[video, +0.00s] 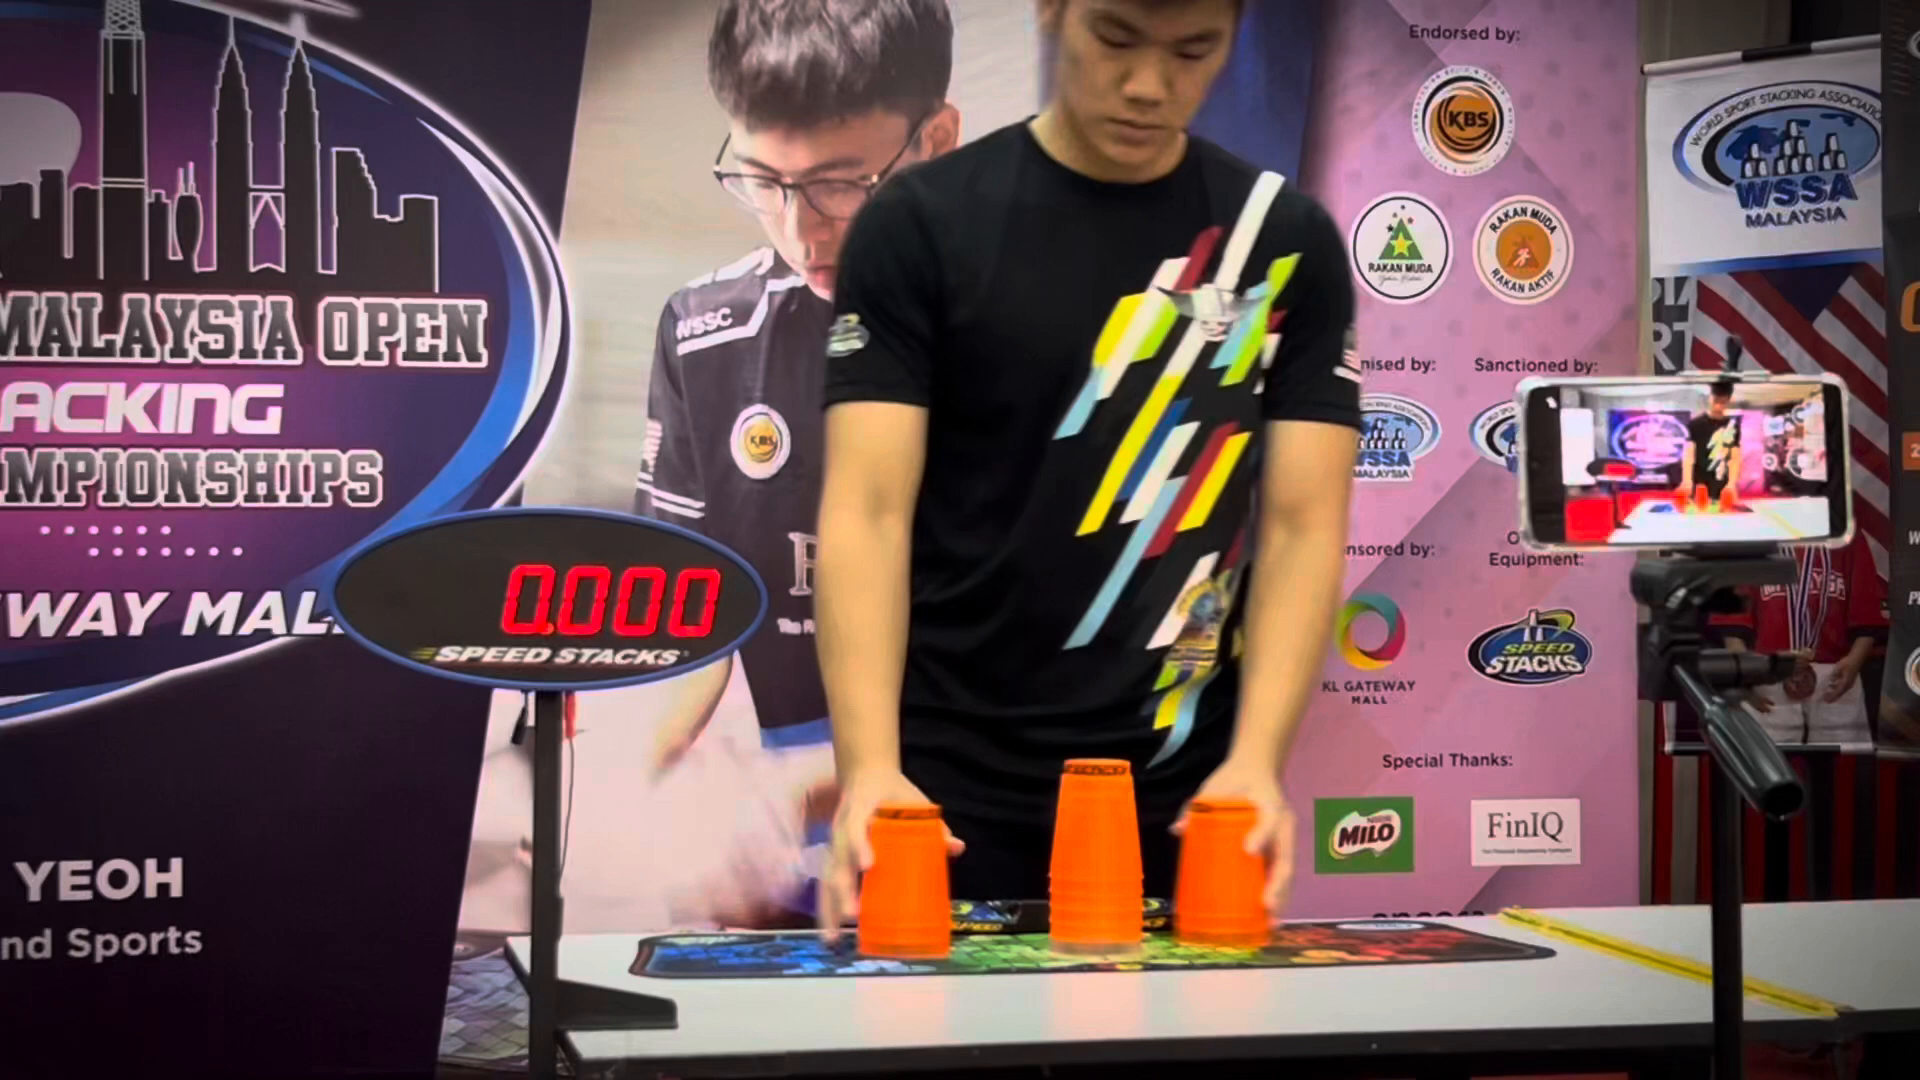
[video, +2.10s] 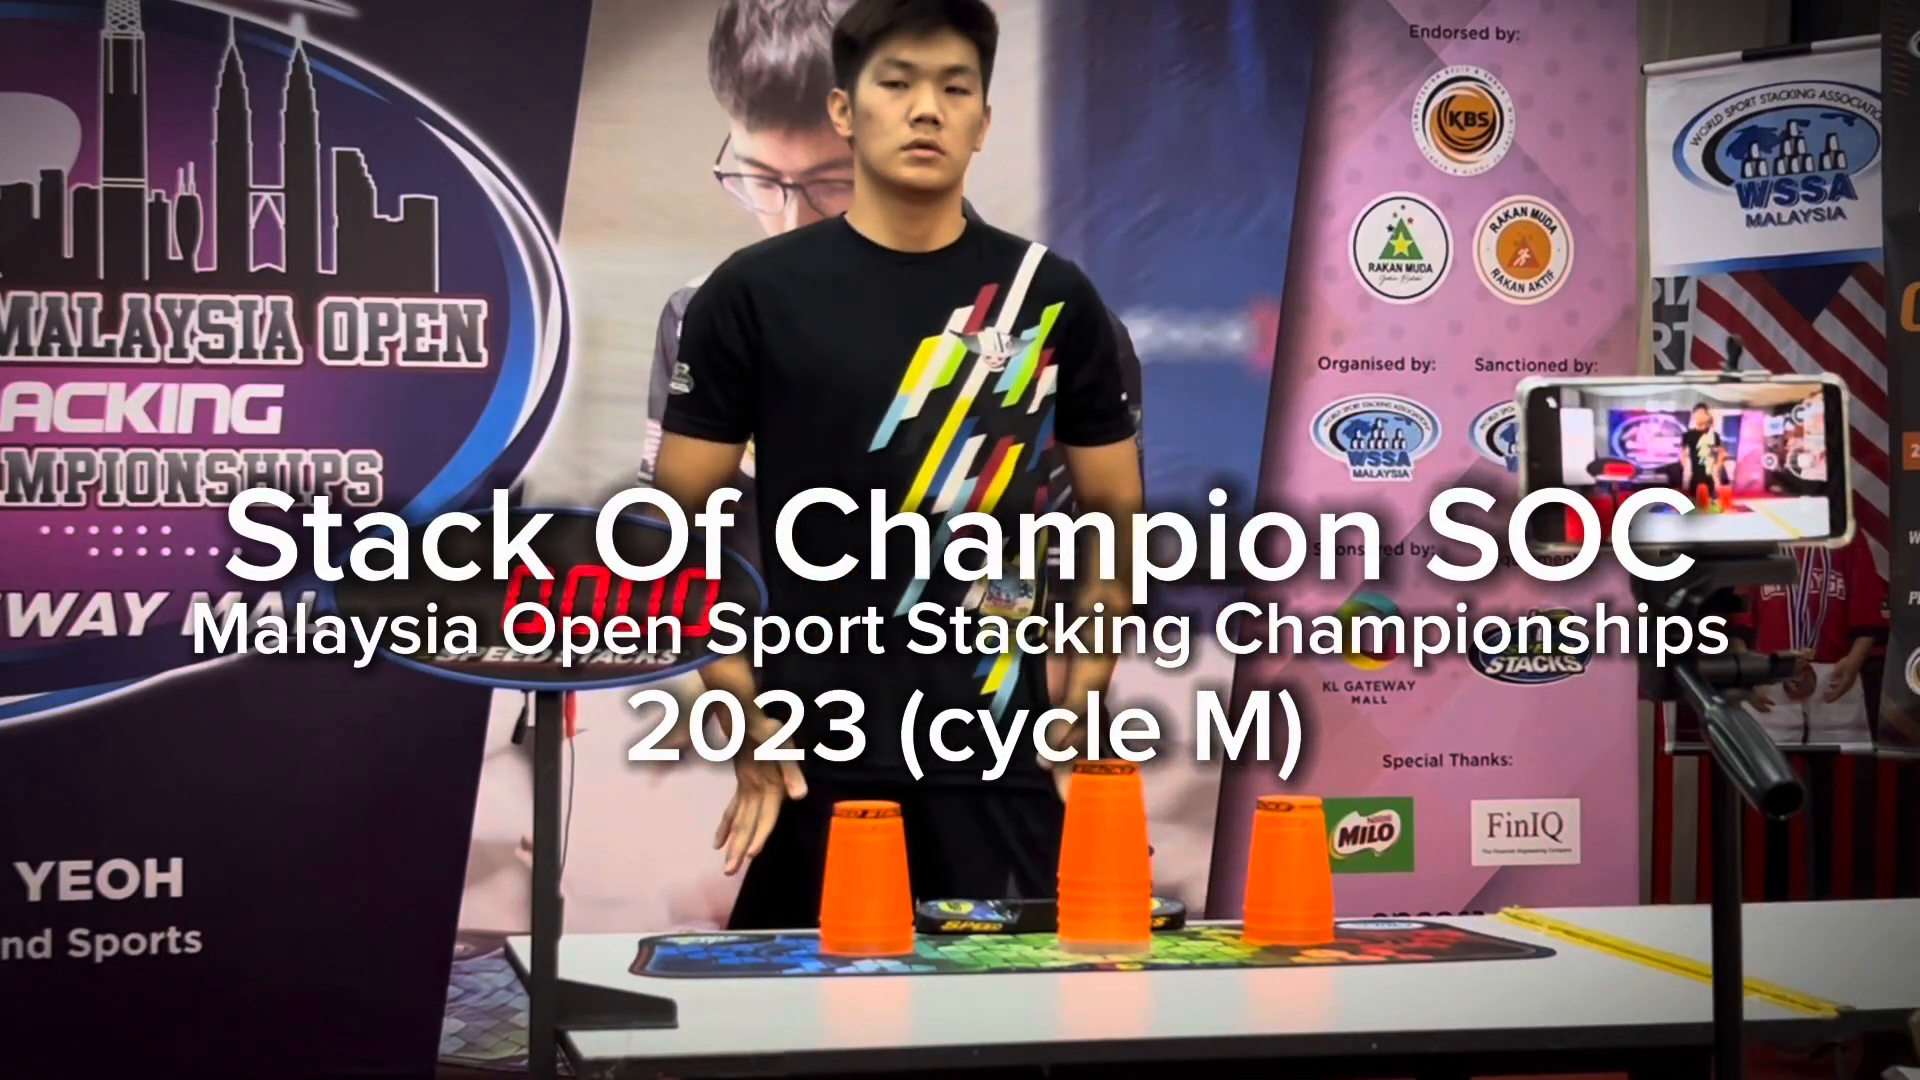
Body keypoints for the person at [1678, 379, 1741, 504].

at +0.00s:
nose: (1718, 406)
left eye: (1723, 402)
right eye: (1715, 401)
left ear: (1729, 402)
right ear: (1709, 399)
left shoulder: (1732, 425)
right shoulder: (1695, 424)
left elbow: (1735, 456)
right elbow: (1689, 456)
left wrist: (1732, 484)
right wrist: (1686, 483)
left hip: (1722, 486)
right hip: (1700, 485)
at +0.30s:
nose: (1706, 405)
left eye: (1710, 400)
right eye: (1704, 400)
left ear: (1715, 400)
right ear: (1698, 400)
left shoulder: (1722, 425)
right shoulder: (1688, 424)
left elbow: (1725, 455)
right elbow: (1682, 455)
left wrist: (1718, 483)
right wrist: (1682, 483)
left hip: (1713, 487)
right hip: (1691, 486)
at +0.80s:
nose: (1694, 405)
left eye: (1698, 401)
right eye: (1691, 400)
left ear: (1704, 400)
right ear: (1685, 400)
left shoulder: (1710, 424)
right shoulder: (1677, 425)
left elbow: (1717, 456)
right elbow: (1672, 458)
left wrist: (1721, 485)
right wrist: (1672, 488)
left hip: (1705, 482)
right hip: (1684, 483)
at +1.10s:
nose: (1706, 408)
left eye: (1709, 404)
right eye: (1702, 403)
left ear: (1714, 404)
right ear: (1697, 403)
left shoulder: (1719, 428)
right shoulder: (1685, 427)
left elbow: (1725, 454)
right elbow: (1674, 450)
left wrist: (1725, 478)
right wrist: (1675, 472)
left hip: (1711, 477)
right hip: (1689, 477)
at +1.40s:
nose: (1714, 409)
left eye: (1718, 406)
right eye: (1712, 405)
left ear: (1722, 408)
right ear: (1706, 406)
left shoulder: (1726, 429)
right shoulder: (1694, 429)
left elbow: (1728, 456)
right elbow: (1689, 457)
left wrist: (1731, 479)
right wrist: (1686, 483)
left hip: (1719, 482)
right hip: (1699, 481)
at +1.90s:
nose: (1706, 414)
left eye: (1708, 410)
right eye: (1703, 411)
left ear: (1712, 413)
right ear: (1697, 414)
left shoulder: (1718, 434)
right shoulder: (1692, 434)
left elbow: (1723, 452)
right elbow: (1685, 453)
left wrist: (1722, 468)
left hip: (1714, 474)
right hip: (1698, 475)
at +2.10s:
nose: (1701, 417)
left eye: (1703, 414)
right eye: (1698, 414)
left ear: (1708, 416)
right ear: (1694, 416)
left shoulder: (1714, 435)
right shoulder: (1689, 435)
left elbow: (1721, 452)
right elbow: (1684, 454)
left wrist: (1717, 467)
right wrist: (1687, 466)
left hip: (1710, 467)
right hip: (1694, 467)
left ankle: (1714, 498)